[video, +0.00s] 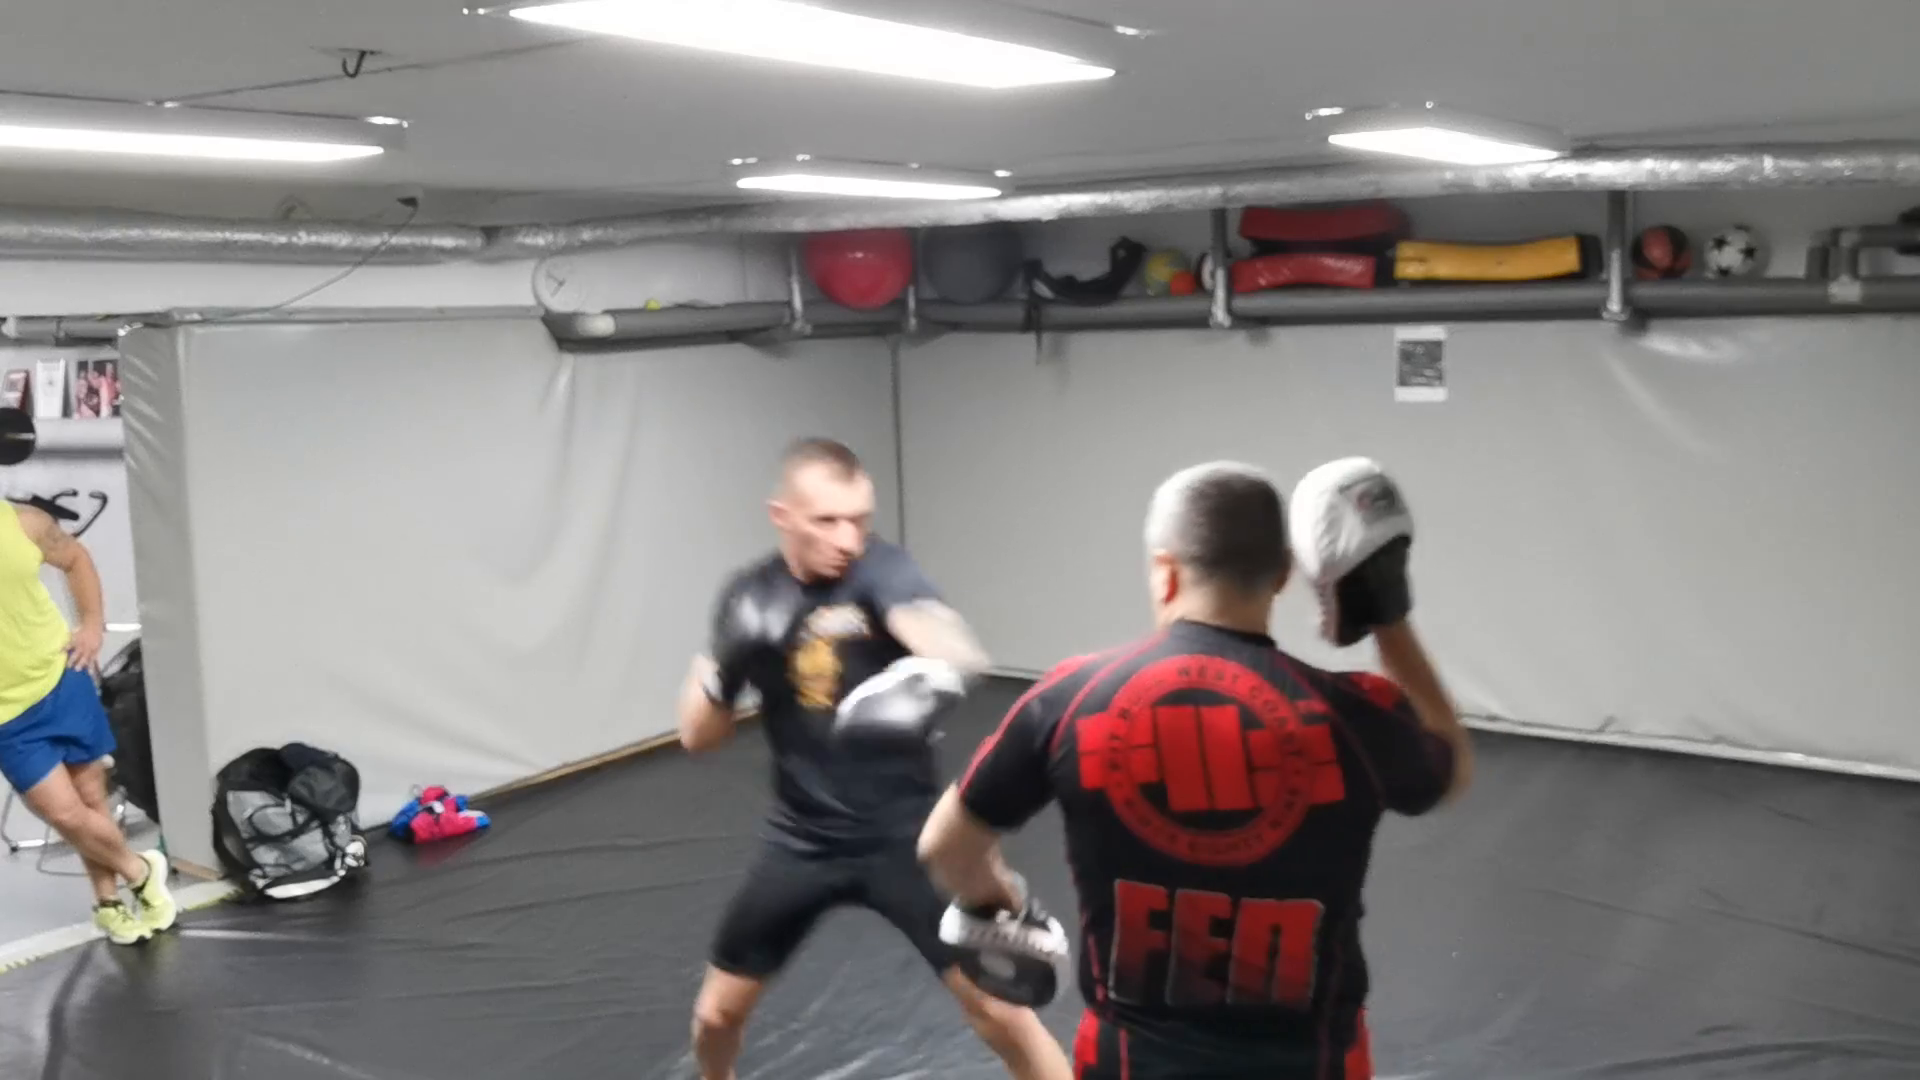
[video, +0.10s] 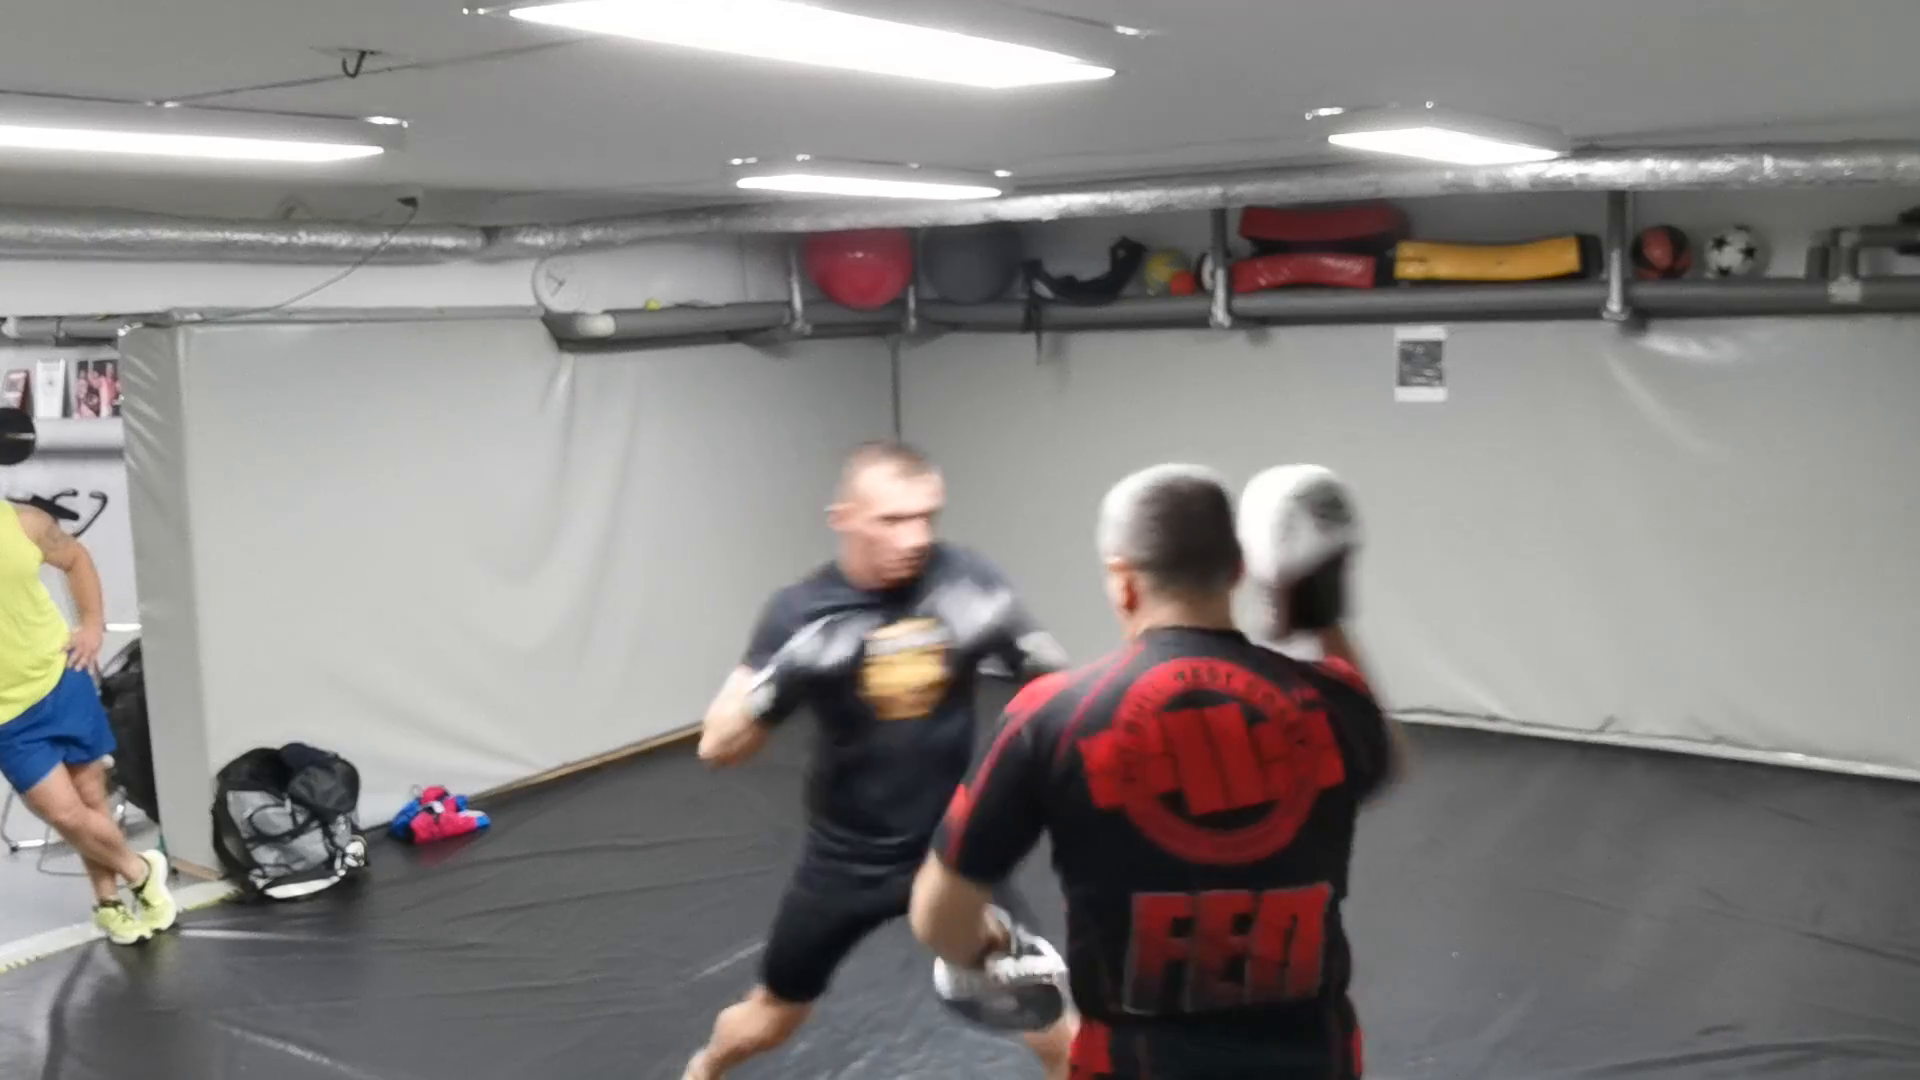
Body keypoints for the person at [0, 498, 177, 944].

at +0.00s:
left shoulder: (22, 523)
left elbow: (76, 558)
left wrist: (93, 623)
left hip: (61, 682)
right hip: (8, 714)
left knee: (91, 798)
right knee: (66, 817)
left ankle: (107, 901)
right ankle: (141, 872)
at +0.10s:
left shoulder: (22, 523)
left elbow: (76, 558)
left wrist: (92, 623)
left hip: (61, 682)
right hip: (8, 714)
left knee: (91, 798)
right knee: (66, 817)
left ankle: (108, 901)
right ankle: (141, 872)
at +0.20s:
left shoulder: (22, 523)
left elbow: (76, 558)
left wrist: (92, 623)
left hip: (62, 682)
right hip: (8, 715)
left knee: (91, 799)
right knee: (66, 817)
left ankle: (108, 901)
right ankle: (141, 872)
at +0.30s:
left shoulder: (21, 523)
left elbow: (76, 557)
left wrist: (92, 623)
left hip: (62, 682)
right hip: (7, 714)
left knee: (91, 798)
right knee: (65, 816)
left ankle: (107, 900)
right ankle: (141, 872)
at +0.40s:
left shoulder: (22, 523)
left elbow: (76, 557)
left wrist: (92, 623)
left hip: (61, 682)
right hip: (8, 714)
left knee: (91, 798)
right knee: (64, 816)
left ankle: (107, 901)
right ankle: (141, 872)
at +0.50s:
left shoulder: (22, 523)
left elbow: (76, 557)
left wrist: (92, 623)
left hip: (61, 682)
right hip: (8, 715)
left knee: (91, 798)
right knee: (64, 816)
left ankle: (107, 901)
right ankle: (141, 872)